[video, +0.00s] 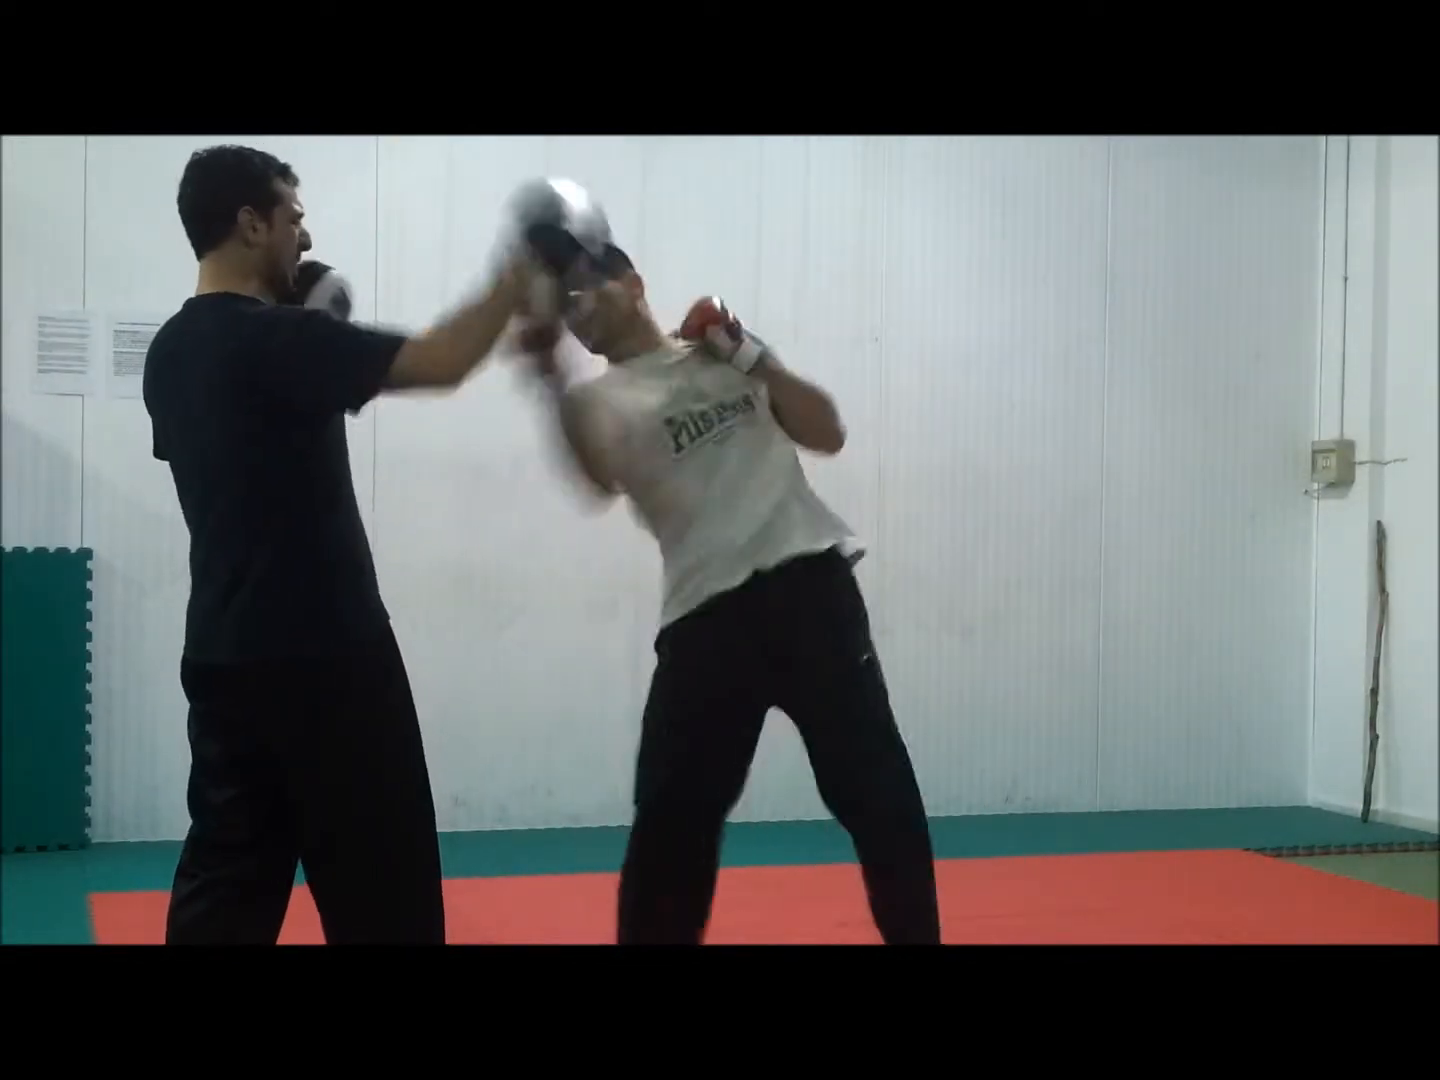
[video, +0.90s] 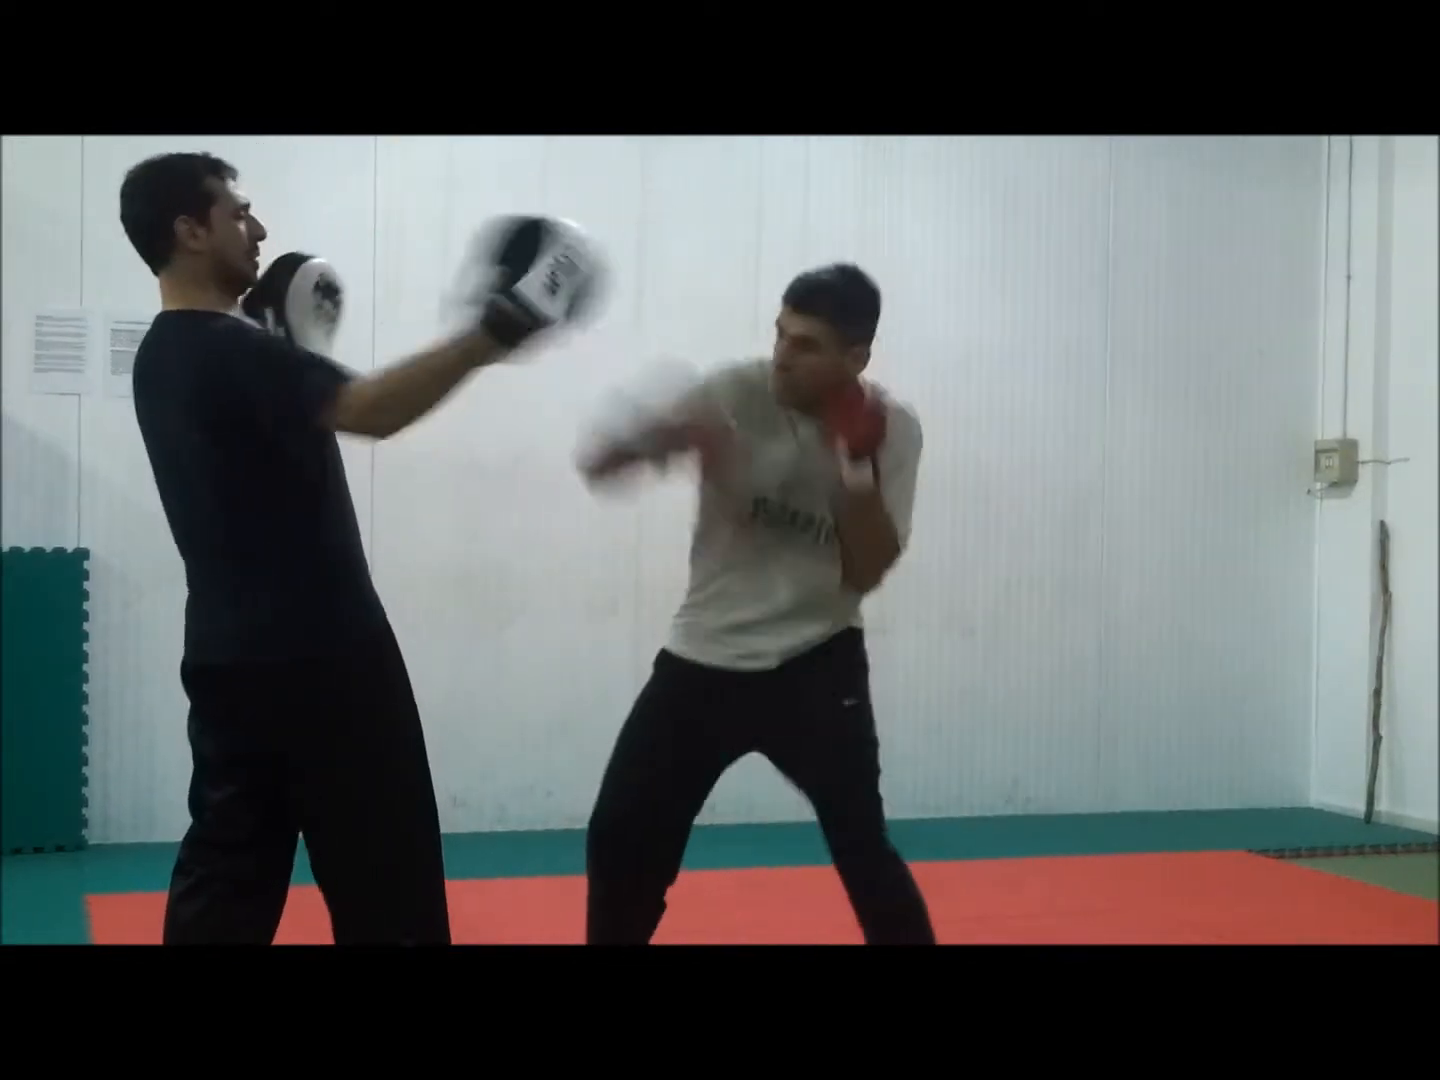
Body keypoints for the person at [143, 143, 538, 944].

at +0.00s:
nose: (304, 235)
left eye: (302, 218)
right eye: (294, 218)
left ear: (218, 230)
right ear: (250, 224)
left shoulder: (170, 348)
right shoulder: (276, 337)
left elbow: (242, 430)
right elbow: (439, 361)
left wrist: (301, 322)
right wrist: (519, 271)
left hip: (225, 652)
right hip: (328, 649)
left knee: (227, 878)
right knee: (385, 884)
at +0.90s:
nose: (257, 227)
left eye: (248, 210)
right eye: (239, 212)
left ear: (177, 241)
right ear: (191, 231)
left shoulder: (162, 354)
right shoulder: (237, 345)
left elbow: (248, 451)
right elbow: (372, 408)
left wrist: (281, 338)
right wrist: (491, 333)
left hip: (229, 658)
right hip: (329, 653)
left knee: (224, 883)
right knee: (390, 886)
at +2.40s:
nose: (325, 226)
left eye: (320, 206)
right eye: (312, 206)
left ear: (247, 216)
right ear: (260, 212)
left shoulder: (179, 332)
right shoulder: (250, 338)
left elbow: (218, 482)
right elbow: (308, 495)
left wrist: (312, 403)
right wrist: (443, 444)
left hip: (201, 651)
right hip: (294, 654)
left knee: (209, 887)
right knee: (379, 889)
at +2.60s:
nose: (306, 272)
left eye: (311, 252)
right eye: (306, 249)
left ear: (216, 233)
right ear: (266, 235)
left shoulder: (110, 337)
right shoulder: (251, 345)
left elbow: (61, 487)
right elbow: (286, 502)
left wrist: (68, 607)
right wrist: (410, 499)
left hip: (122, 654)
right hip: (239, 657)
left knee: (106, 882)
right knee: (267, 888)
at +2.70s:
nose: (306, 272)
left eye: (311, 252)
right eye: (306, 249)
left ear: (215, 233)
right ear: (264, 235)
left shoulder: (109, 337)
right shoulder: (250, 346)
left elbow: (60, 487)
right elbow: (285, 504)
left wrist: (67, 608)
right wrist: (409, 500)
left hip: (123, 654)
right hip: (239, 658)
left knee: (107, 880)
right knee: (267, 889)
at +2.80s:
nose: (304, 273)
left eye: (309, 253)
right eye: (304, 249)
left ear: (214, 232)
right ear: (263, 234)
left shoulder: (109, 337)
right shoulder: (247, 348)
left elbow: (61, 487)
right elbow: (283, 508)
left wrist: (70, 607)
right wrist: (410, 500)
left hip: (121, 656)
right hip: (238, 658)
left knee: (107, 879)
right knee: (267, 887)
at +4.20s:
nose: (307, 271)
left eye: (311, 251)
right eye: (306, 247)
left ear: (217, 232)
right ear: (261, 232)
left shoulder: (107, 339)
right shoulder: (245, 353)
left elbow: (65, 489)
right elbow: (283, 508)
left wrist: (65, 607)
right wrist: (418, 491)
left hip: (122, 657)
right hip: (238, 663)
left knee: (107, 880)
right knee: (267, 887)